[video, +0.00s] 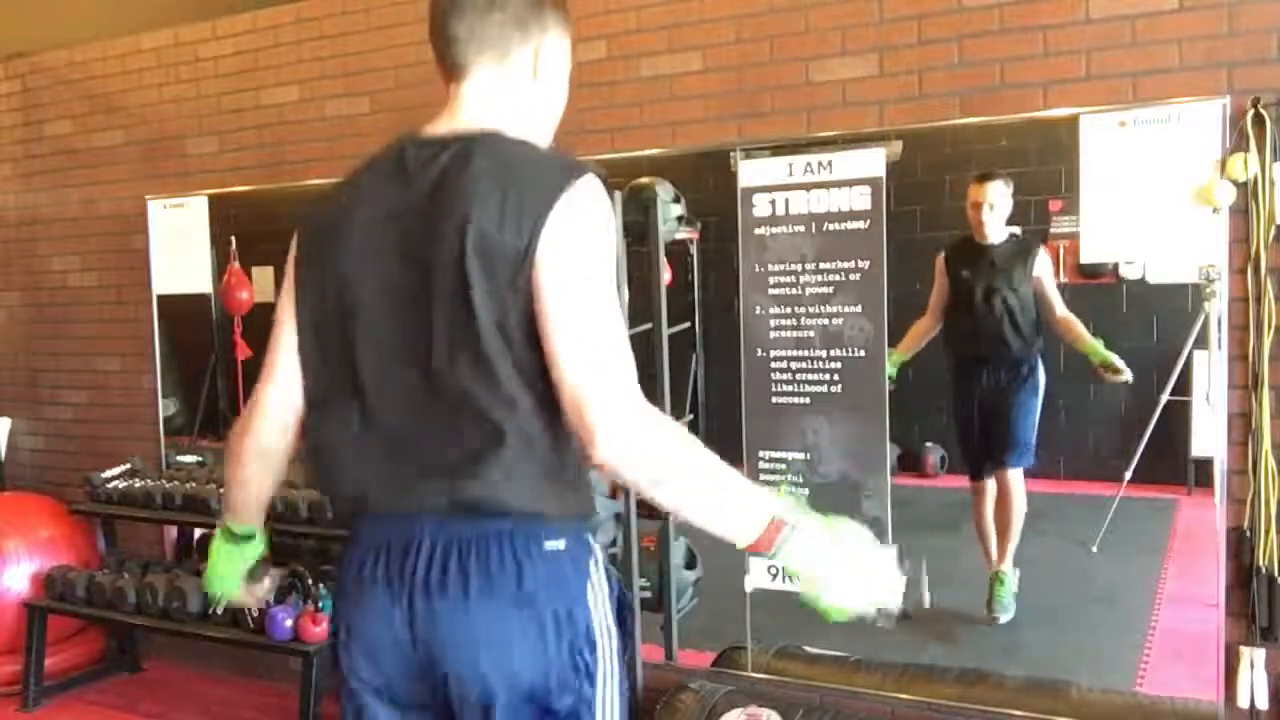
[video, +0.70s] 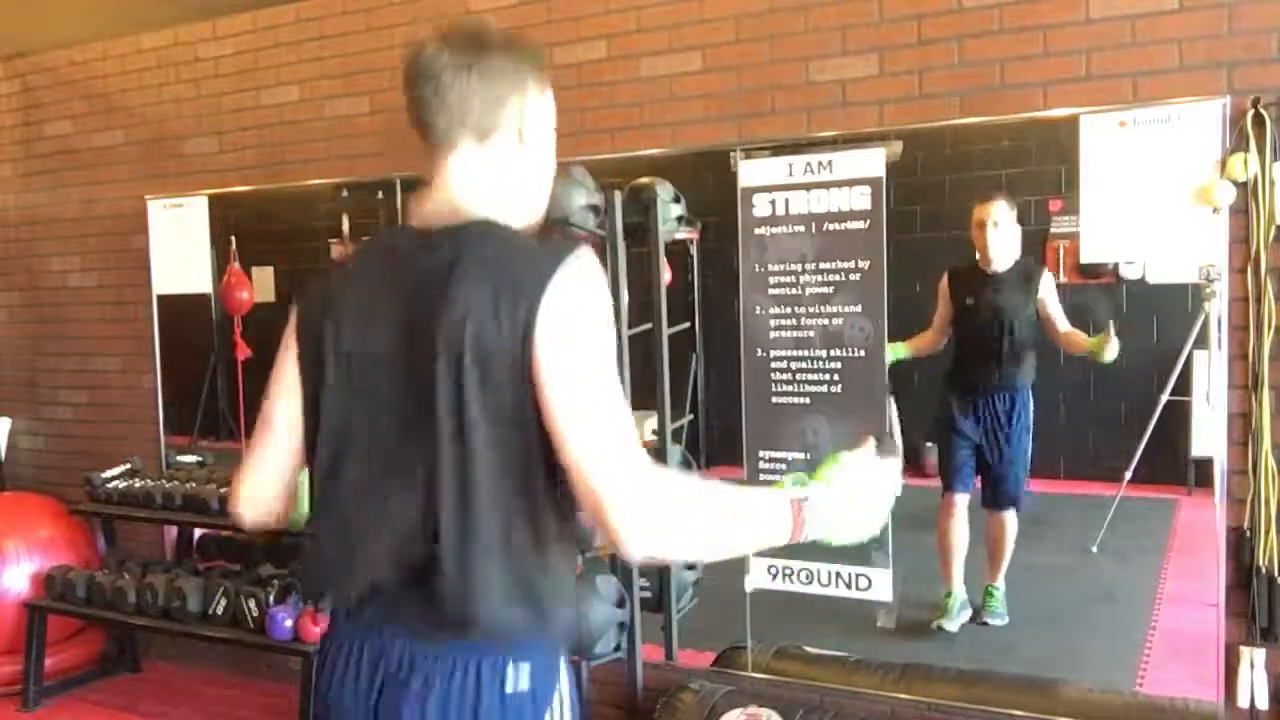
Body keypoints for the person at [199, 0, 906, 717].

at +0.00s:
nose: (567, 85)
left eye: (564, 63)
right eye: (565, 63)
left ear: (445, 61)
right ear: (547, 58)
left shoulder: (333, 215)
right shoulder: (557, 193)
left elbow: (270, 417)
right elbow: (613, 429)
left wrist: (236, 533)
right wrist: (787, 533)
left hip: (376, 577)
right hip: (526, 578)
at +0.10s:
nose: (564, 102)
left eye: (562, 77)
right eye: (562, 76)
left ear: (441, 71)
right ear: (537, 69)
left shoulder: (331, 228)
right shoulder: (550, 208)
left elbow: (283, 443)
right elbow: (613, 455)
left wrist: (264, 528)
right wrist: (790, 556)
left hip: (375, 592)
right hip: (524, 600)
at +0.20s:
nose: (568, 167)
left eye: (564, 147)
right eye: (566, 145)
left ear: (433, 148)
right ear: (542, 146)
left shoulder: (338, 303)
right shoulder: (562, 301)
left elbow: (274, 522)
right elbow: (631, 539)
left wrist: (365, 436)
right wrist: (820, 529)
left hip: (382, 657)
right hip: (534, 663)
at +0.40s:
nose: (568, 65)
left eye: (564, 43)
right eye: (565, 42)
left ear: (441, 46)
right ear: (540, 40)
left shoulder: (331, 203)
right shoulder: (560, 186)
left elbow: (261, 417)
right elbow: (617, 430)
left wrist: (224, 525)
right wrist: (790, 543)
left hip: (354, 567)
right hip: (499, 585)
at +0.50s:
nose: (563, 79)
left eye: (561, 55)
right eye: (562, 54)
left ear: (435, 54)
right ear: (538, 50)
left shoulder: (329, 207)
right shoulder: (558, 193)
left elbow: (255, 441)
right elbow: (608, 446)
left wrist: (235, 510)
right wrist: (784, 546)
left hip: (356, 566)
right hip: (502, 583)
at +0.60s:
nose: (561, 154)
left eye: (557, 130)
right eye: (558, 130)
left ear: (435, 132)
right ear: (535, 127)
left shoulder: (331, 289)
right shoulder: (555, 284)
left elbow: (259, 500)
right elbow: (621, 528)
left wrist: (371, 445)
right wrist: (804, 522)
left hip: (356, 646)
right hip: (502, 657)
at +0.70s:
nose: (556, 156)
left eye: (551, 129)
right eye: (552, 128)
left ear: (429, 131)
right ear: (524, 123)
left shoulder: (328, 293)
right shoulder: (551, 279)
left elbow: (256, 501)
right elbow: (634, 516)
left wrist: (367, 455)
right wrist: (813, 507)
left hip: (352, 655)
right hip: (502, 669)